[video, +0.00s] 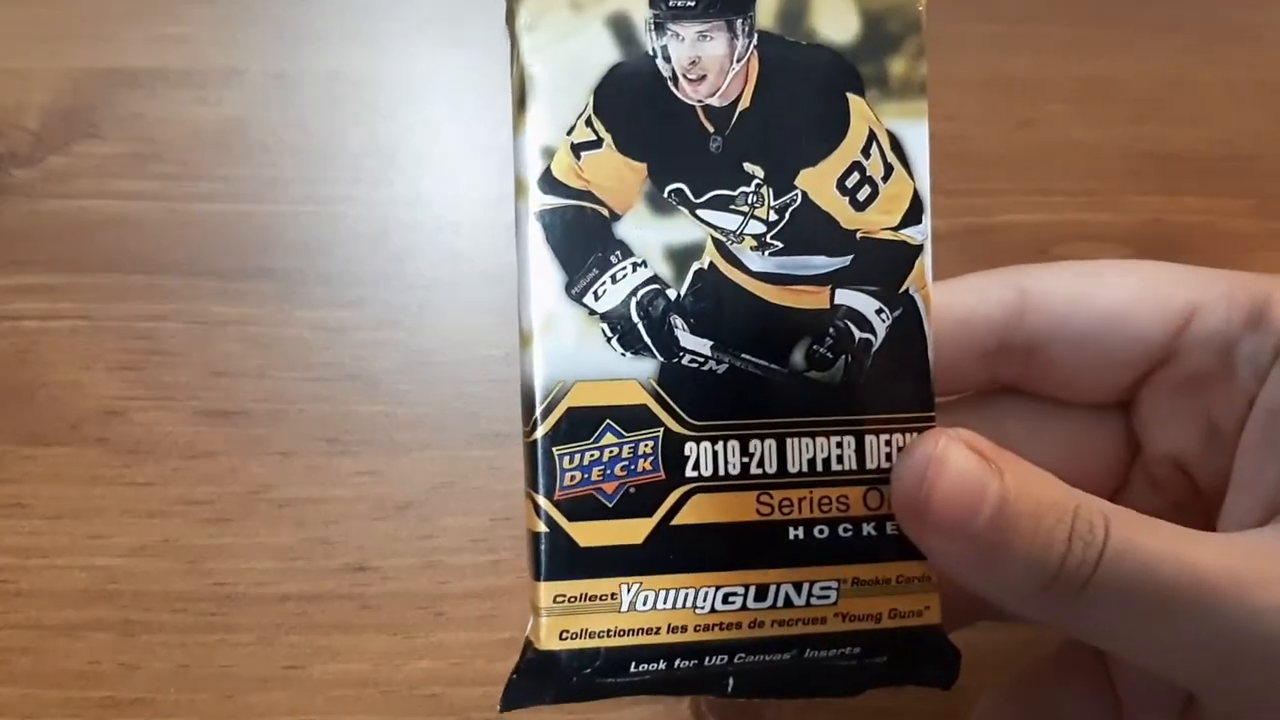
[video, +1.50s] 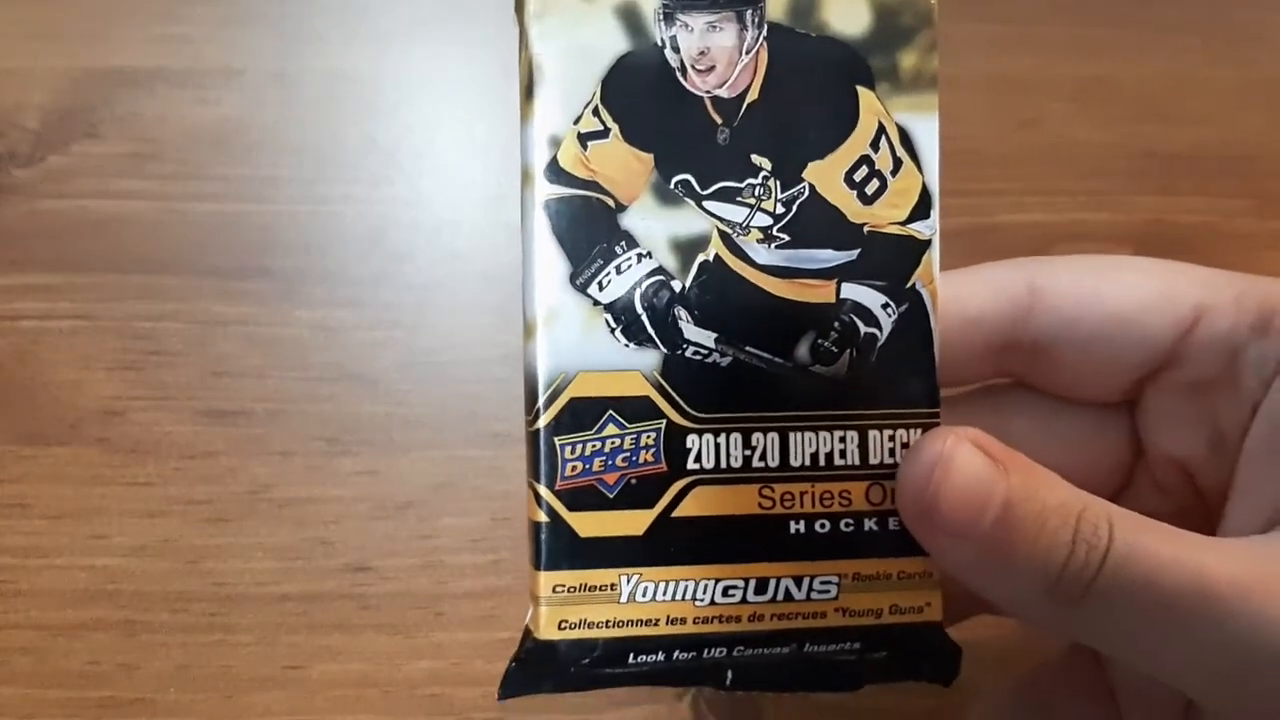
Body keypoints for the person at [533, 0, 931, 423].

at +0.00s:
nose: (687, 59)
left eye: (706, 36)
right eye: (671, 37)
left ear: (744, 33)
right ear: (656, 38)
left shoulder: (813, 89)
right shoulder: (632, 98)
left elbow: (896, 219)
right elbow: (566, 199)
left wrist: (852, 324)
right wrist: (626, 291)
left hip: (853, 291)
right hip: (735, 283)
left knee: (891, 450)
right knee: (673, 432)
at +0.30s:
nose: (684, 59)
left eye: (703, 37)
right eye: (669, 38)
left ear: (741, 32)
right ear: (654, 40)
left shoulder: (811, 88)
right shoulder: (630, 99)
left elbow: (896, 218)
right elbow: (565, 201)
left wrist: (857, 321)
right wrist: (628, 293)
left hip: (856, 288)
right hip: (738, 284)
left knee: (887, 451)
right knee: (677, 435)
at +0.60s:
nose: (696, 56)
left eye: (715, 33)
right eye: (681, 35)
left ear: (752, 30)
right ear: (665, 37)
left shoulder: (821, 84)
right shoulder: (641, 95)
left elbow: (906, 215)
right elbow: (576, 198)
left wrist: (866, 318)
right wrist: (636, 288)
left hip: (866, 281)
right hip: (750, 277)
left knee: (901, 440)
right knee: (689, 422)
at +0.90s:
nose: (696, 54)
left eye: (714, 32)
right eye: (680, 33)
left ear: (754, 28)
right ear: (664, 32)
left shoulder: (825, 86)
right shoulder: (638, 94)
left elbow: (908, 219)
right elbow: (571, 198)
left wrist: (865, 327)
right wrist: (628, 291)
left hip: (864, 288)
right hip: (745, 283)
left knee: (897, 450)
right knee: (682, 432)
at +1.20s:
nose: (705, 48)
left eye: (725, 25)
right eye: (690, 25)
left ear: (763, 23)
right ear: (673, 25)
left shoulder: (834, 81)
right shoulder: (648, 87)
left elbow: (915, 215)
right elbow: (580, 188)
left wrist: (872, 320)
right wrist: (637, 285)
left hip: (872, 283)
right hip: (753, 275)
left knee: (902, 447)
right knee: (685, 424)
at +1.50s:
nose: (696, 50)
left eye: (715, 28)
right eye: (681, 28)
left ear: (753, 25)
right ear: (665, 27)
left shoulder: (823, 82)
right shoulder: (639, 88)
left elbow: (903, 215)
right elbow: (574, 187)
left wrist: (859, 318)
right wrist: (629, 282)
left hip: (861, 280)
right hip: (744, 273)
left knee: (894, 439)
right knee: (676, 419)